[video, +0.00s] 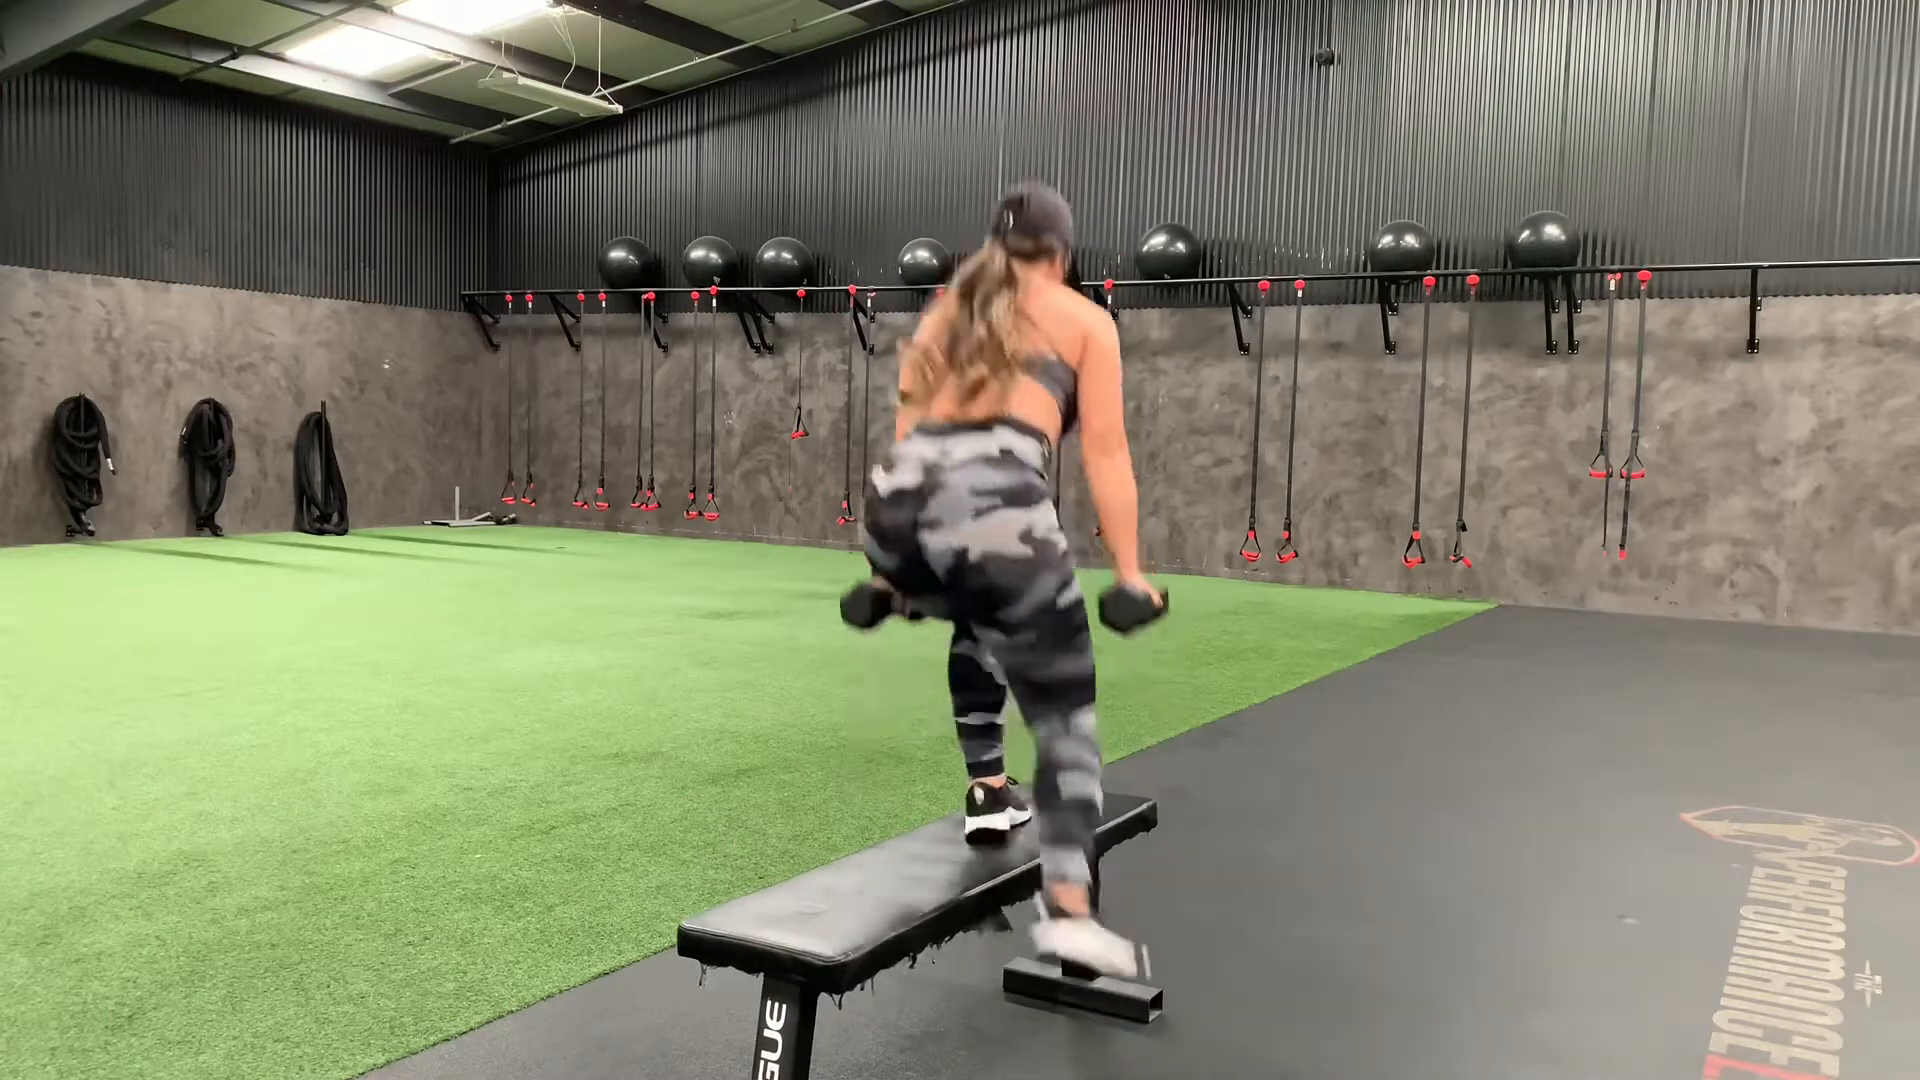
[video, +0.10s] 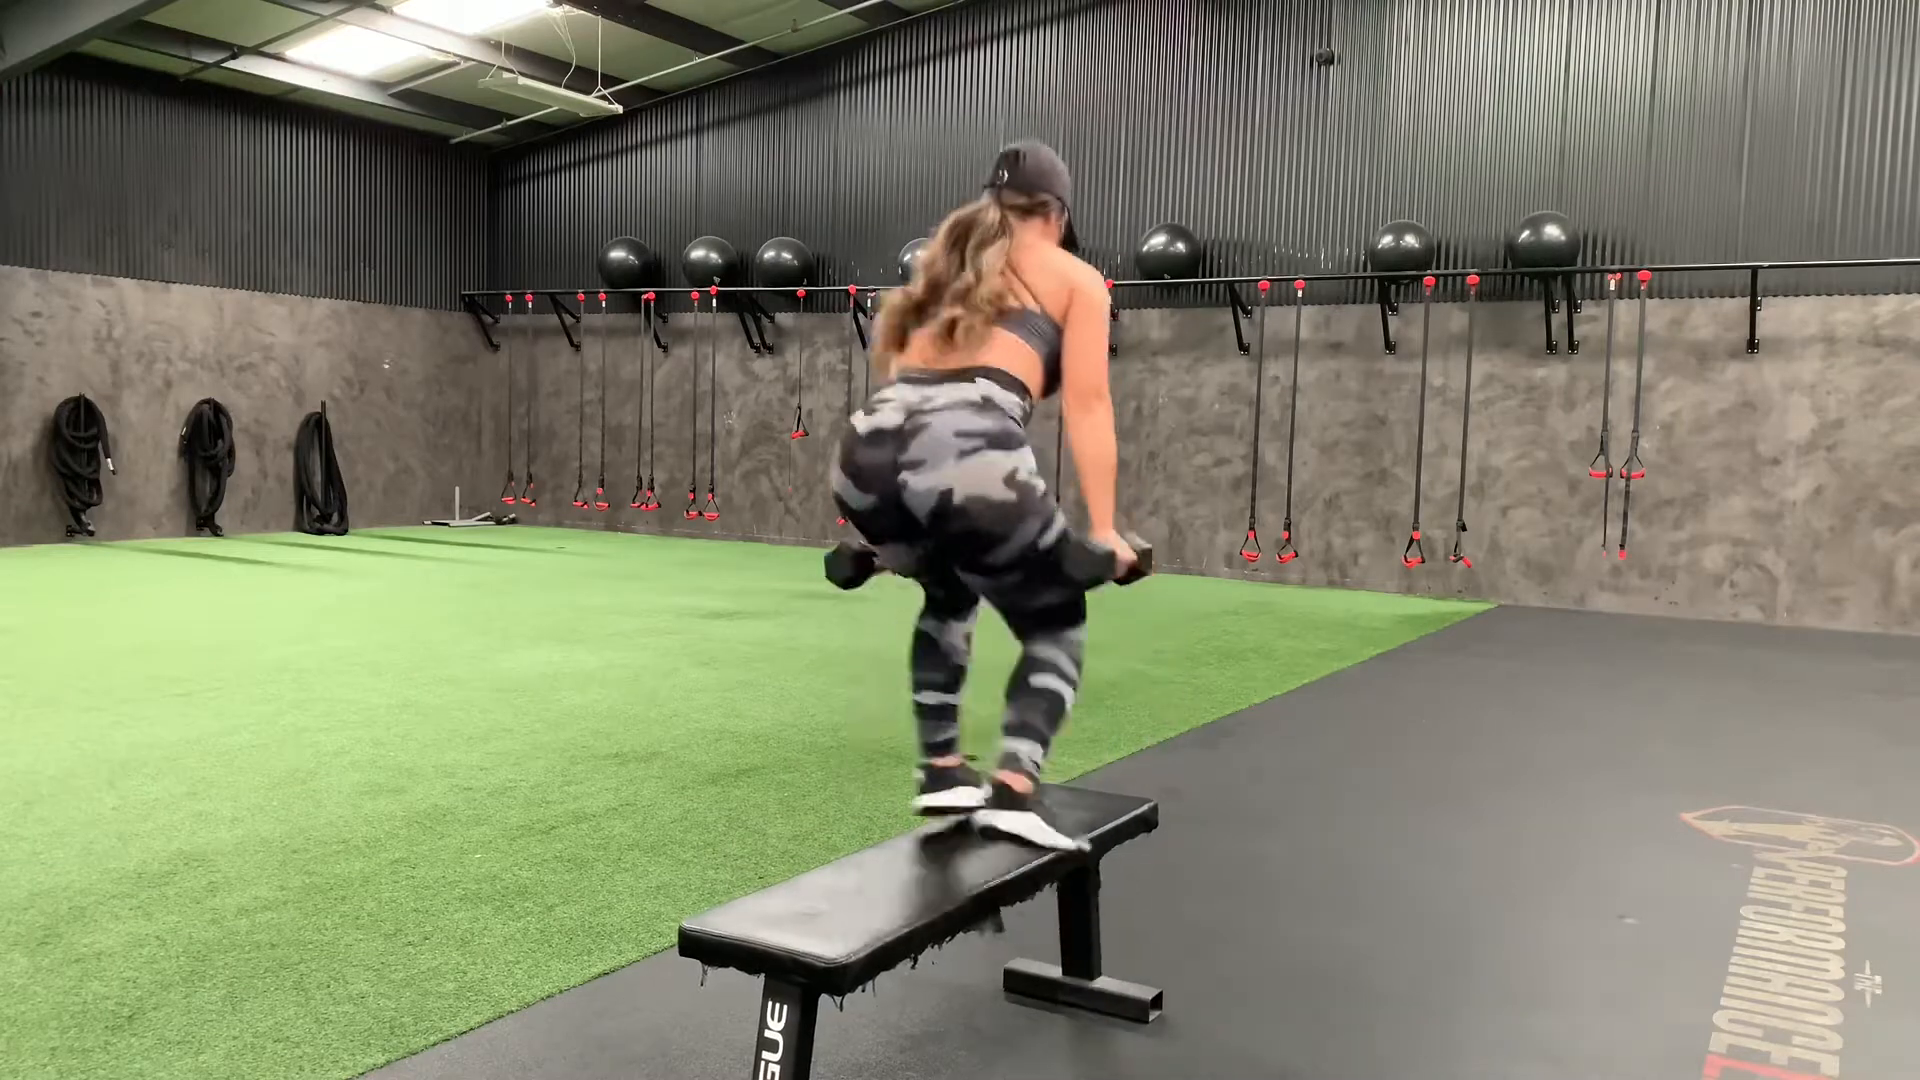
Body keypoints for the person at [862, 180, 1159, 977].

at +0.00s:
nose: (1062, 263)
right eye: (1065, 252)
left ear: (993, 243)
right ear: (1062, 250)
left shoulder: (944, 312)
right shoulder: (1085, 320)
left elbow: (905, 435)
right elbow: (1104, 448)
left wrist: (898, 568)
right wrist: (1129, 572)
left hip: (907, 505)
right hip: (1003, 505)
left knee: (971, 618)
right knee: (1062, 711)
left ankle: (987, 788)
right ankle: (1069, 911)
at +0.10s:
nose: (1059, 231)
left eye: (1053, 219)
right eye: (1059, 219)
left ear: (990, 208)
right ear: (1054, 215)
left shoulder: (938, 263)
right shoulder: (1073, 277)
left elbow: (889, 387)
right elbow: (1087, 404)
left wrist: (866, 523)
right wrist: (1102, 528)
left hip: (872, 456)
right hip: (974, 458)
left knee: (949, 592)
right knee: (1053, 620)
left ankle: (940, 771)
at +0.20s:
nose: (1054, 234)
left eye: (1053, 221)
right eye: (1053, 220)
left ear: (983, 207)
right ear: (1042, 215)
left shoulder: (927, 263)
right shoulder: (1056, 277)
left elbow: (889, 385)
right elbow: (1063, 407)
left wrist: (860, 538)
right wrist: (1075, 534)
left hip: (849, 461)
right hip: (949, 460)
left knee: (926, 612)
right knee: (1044, 604)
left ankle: (839, 778)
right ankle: (982, 782)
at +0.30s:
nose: (1040, 283)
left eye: (1041, 271)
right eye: (1042, 270)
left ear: (974, 252)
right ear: (1031, 265)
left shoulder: (913, 307)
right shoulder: (1038, 324)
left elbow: (881, 430)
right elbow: (1037, 457)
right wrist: (1048, 583)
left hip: (832, 532)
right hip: (923, 530)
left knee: (856, 709)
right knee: (1039, 624)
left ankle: (745, 880)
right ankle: (966, 806)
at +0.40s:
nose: (1027, 371)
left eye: (1027, 358)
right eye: (1028, 359)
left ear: (962, 345)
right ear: (1014, 358)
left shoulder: (904, 400)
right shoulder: (1013, 420)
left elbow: (864, 524)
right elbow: (1010, 556)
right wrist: (1023, 685)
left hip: (816, 628)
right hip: (898, 631)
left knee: (789, 825)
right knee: (1043, 633)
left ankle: (687, 997)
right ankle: (969, 811)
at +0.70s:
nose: (1077, 321)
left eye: (1073, 308)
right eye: (1079, 308)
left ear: (1003, 295)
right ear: (1071, 307)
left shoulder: (946, 352)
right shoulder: (1077, 375)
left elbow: (885, 454)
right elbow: (1065, 507)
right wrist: (1067, 642)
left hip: (833, 554)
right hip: (929, 563)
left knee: (813, 745)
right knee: (1038, 615)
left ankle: (715, 920)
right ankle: (970, 804)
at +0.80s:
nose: (1085, 264)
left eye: (1084, 252)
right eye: (1086, 251)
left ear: (1017, 237)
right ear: (1078, 247)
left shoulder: (956, 293)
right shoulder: (1096, 310)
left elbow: (894, 409)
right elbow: (1094, 447)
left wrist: (838, 527)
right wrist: (1100, 574)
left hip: (857, 488)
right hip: (955, 488)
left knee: (899, 649)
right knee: (1040, 618)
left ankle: (786, 805)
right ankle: (981, 794)